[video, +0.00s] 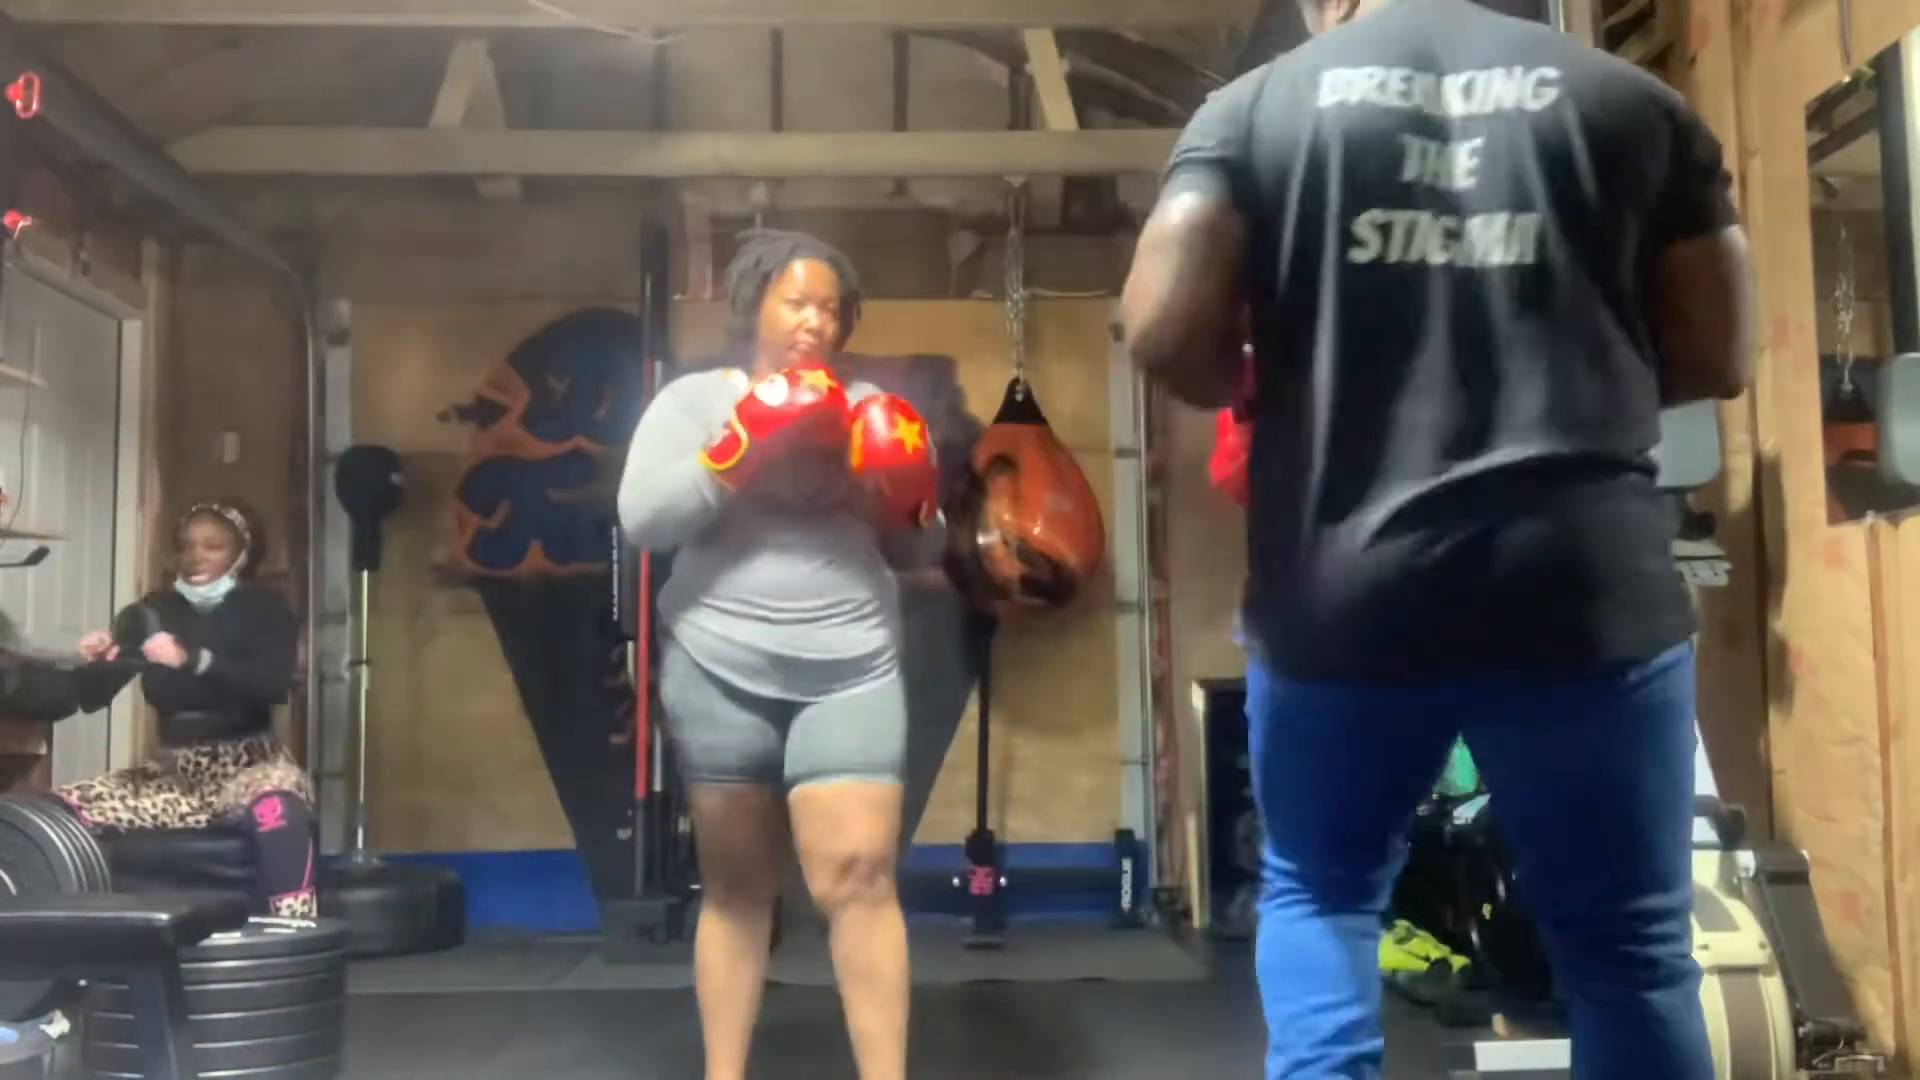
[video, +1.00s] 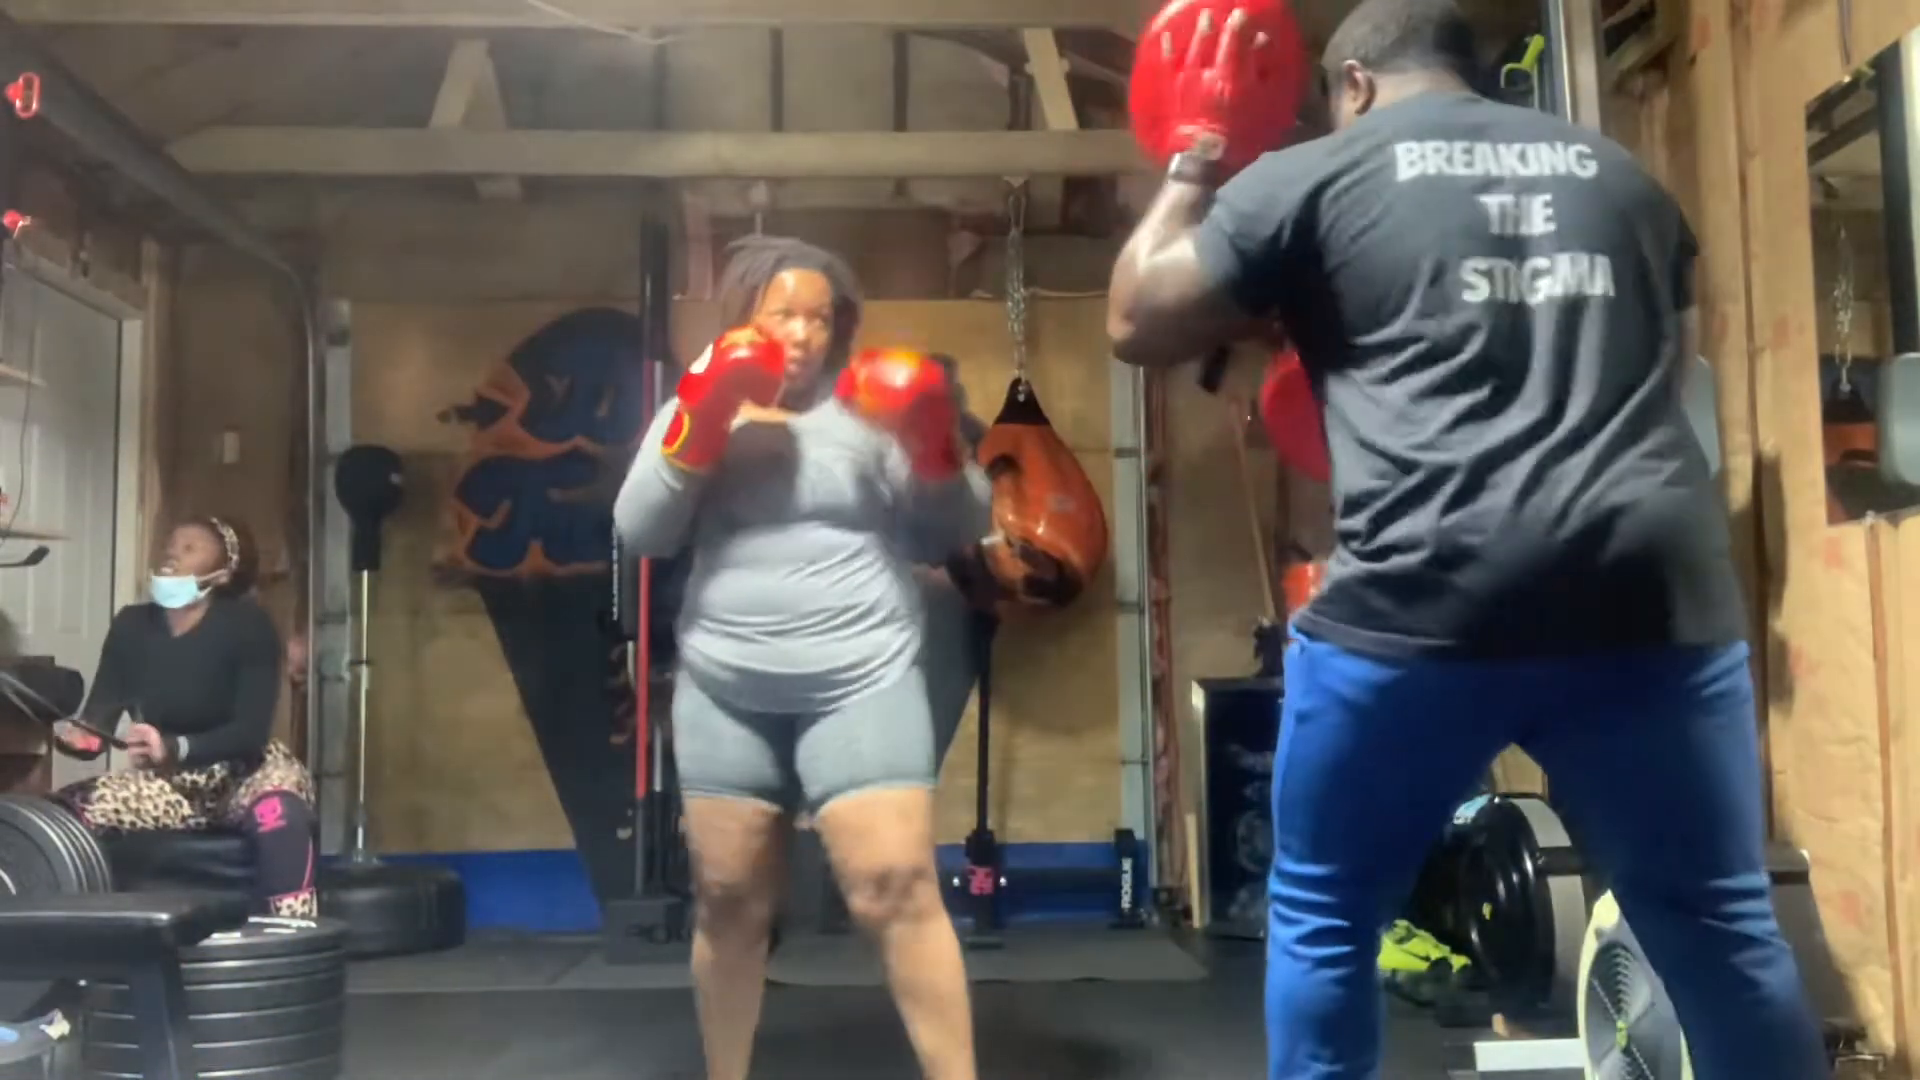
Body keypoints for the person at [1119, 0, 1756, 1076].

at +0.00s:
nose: (1301, 25)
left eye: (1303, 19)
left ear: (1335, 4)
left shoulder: (1253, 106)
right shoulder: (1634, 101)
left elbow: (1162, 330)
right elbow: (1715, 353)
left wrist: (1259, 372)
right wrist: (1554, 366)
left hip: (1346, 596)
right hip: (1589, 589)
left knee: (1320, 895)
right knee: (1632, 954)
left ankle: (1325, 1073)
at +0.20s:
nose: (1289, 66)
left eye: (1285, 46)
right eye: (1283, 51)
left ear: (1325, 20)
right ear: (1449, 11)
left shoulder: (1296, 111)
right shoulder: (1620, 118)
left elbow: (1206, 347)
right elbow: (1690, 355)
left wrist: (1252, 380)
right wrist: (1544, 354)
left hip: (1382, 578)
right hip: (1616, 566)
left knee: (1321, 934)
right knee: (1636, 940)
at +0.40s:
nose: (1237, 123)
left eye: (1235, 107)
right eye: (1231, 108)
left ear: (1274, 68)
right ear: (1376, 43)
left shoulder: (1252, 165)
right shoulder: (1562, 133)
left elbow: (1169, 403)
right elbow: (1632, 354)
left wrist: (1136, 349)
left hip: (1393, 566)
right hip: (1615, 553)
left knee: (1321, 934)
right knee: (1642, 909)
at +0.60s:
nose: (1251, 130)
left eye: (1248, 116)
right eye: (1246, 118)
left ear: (1286, 87)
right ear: (1392, 59)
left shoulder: (1260, 177)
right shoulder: (1568, 144)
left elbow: (1133, 386)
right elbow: (1629, 339)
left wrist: (1122, 274)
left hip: (1399, 574)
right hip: (1629, 558)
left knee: (1332, 931)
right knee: (1695, 901)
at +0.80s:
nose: (1324, 125)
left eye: (1321, 111)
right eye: (1321, 113)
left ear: (1360, 80)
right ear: (1475, 65)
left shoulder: (1326, 168)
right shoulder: (1632, 167)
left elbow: (1162, 342)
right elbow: (1652, 358)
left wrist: (1155, 208)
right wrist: (1387, 398)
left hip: (1442, 595)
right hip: (1671, 589)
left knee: (1329, 918)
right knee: (1731, 930)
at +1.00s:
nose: (1336, 114)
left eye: (1333, 100)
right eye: (1336, 103)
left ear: (1357, 86)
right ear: (1480, 71)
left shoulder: (1315, 177)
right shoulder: (1620, 170)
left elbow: (1135, 314)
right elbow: (1668, 342)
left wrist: (1183, 185)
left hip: (1422, 582)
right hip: (1656, 573)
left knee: (1322, 913)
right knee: (1722, 916)